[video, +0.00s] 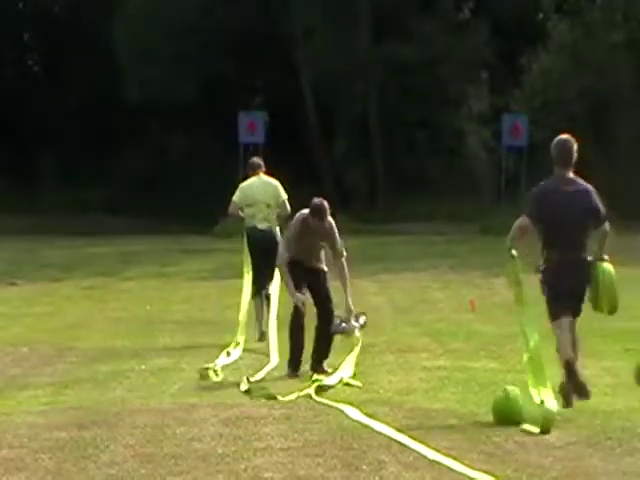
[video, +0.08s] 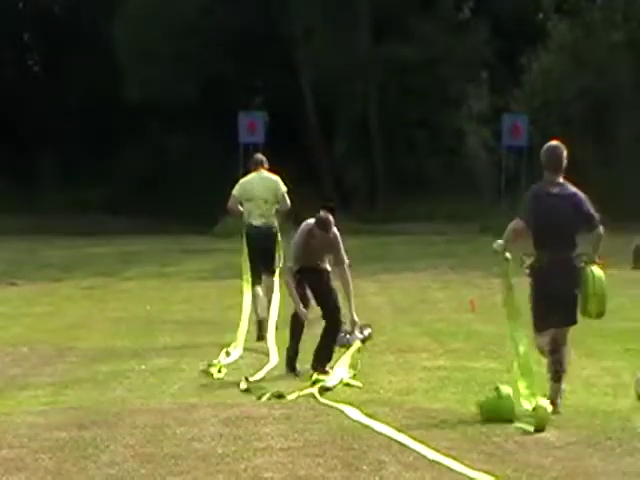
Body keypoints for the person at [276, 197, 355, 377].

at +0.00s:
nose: (321, 224)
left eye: (324, 221)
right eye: (317, 221)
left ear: (328, 216)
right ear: (310, 216)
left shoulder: (329, 225)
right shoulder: (299, 221)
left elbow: (340, 259)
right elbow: (281, 259)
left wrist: (348, 300)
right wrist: (293, 293)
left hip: (317, 267)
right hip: (296, 265)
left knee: (327, 314)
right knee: (299, 310)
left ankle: (318, 363)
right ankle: (294, 365)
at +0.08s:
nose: (326, 236)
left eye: (329, 233)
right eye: (322, 233)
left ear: (332, 228)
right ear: (315, 228)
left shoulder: (334, 235)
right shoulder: (304, 232)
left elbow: (344, 270)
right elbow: (288, 270)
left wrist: (352, 312)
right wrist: (298, 305)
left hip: (320, 270)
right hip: (300, 269)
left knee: (334, 317)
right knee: (302, 309)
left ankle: (320, 364)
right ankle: (291, 361)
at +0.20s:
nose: (333, 256)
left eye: (336, 252)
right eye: (330, 253)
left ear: (339, 248)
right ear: (322, 250)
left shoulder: (341, 256)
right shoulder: (309, 256)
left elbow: (350, 296)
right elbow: (304, 304)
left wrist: (358, 336)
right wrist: (309, 337)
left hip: (328, 284)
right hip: (307, 284)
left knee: (344, 328)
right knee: (298, 328)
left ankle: (328, 355)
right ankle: (296, 366)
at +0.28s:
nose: (339, 275)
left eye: (342, 271)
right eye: (336, 272)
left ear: (344, 268)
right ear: (328, 269)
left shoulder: (346, 272)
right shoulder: (315, 274)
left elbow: (353, 310)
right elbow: (312, 322)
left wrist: (364, 345)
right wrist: (321, 356)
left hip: (332, 299)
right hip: (311, 297)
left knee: (345, 348)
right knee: (299, 337)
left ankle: (335, 374)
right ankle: (291, 370)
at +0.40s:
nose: (342, 303)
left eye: (344, 299)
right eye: (338, 299)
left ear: (347, 294)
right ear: (331, 296)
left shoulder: (349, 291)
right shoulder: (320, 299)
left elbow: (367, 322)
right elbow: (315, 340)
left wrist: (367, 346)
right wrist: (323, 366)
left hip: (339, 323)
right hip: (318, 323)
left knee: (350, 360)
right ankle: (301, 355)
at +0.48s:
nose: (342, 306)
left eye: (345, 303)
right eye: (339, 304)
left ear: (348, 300)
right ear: (332, 301)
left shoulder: (350, 298)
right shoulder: (321, 302)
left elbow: (369, 326)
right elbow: (316, 339)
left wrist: (369, 347)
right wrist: (327, 361)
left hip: (342, 327)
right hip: (320, 326)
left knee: (353, 355)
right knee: (309, 359)